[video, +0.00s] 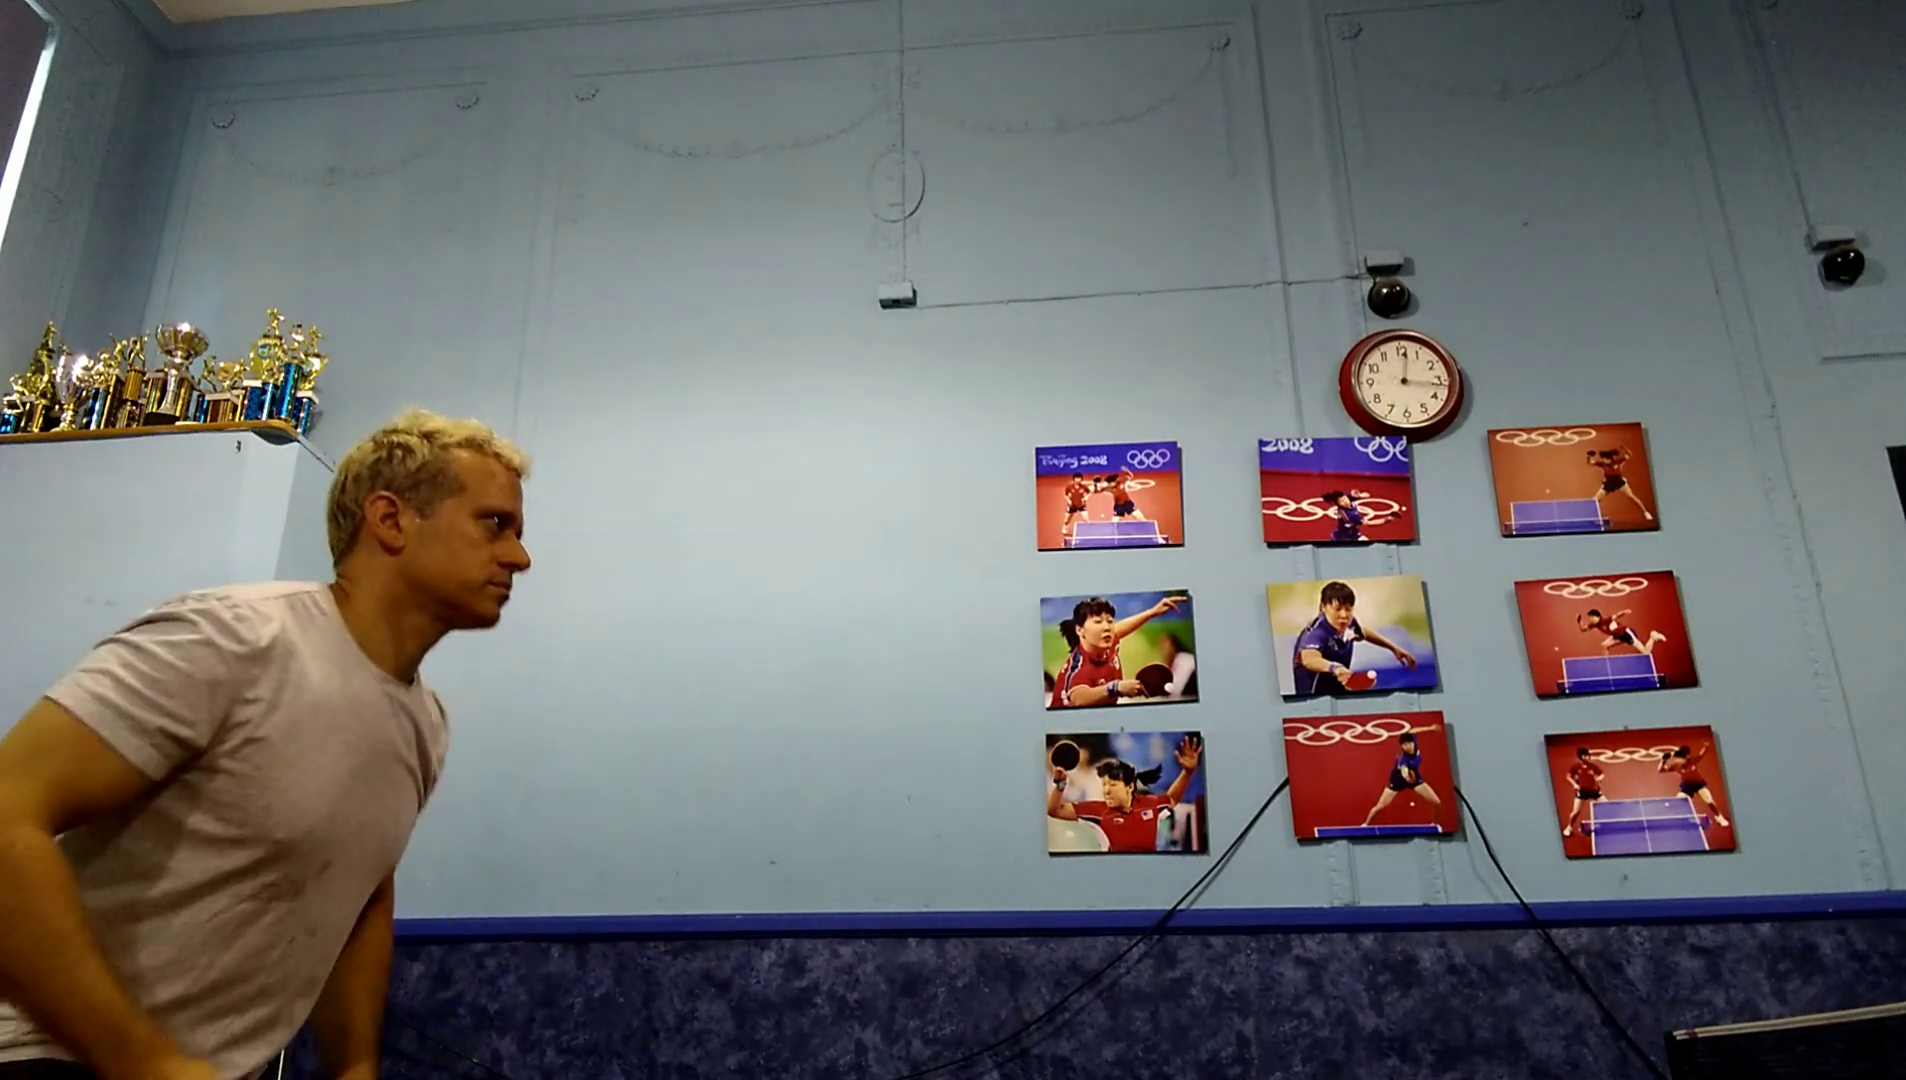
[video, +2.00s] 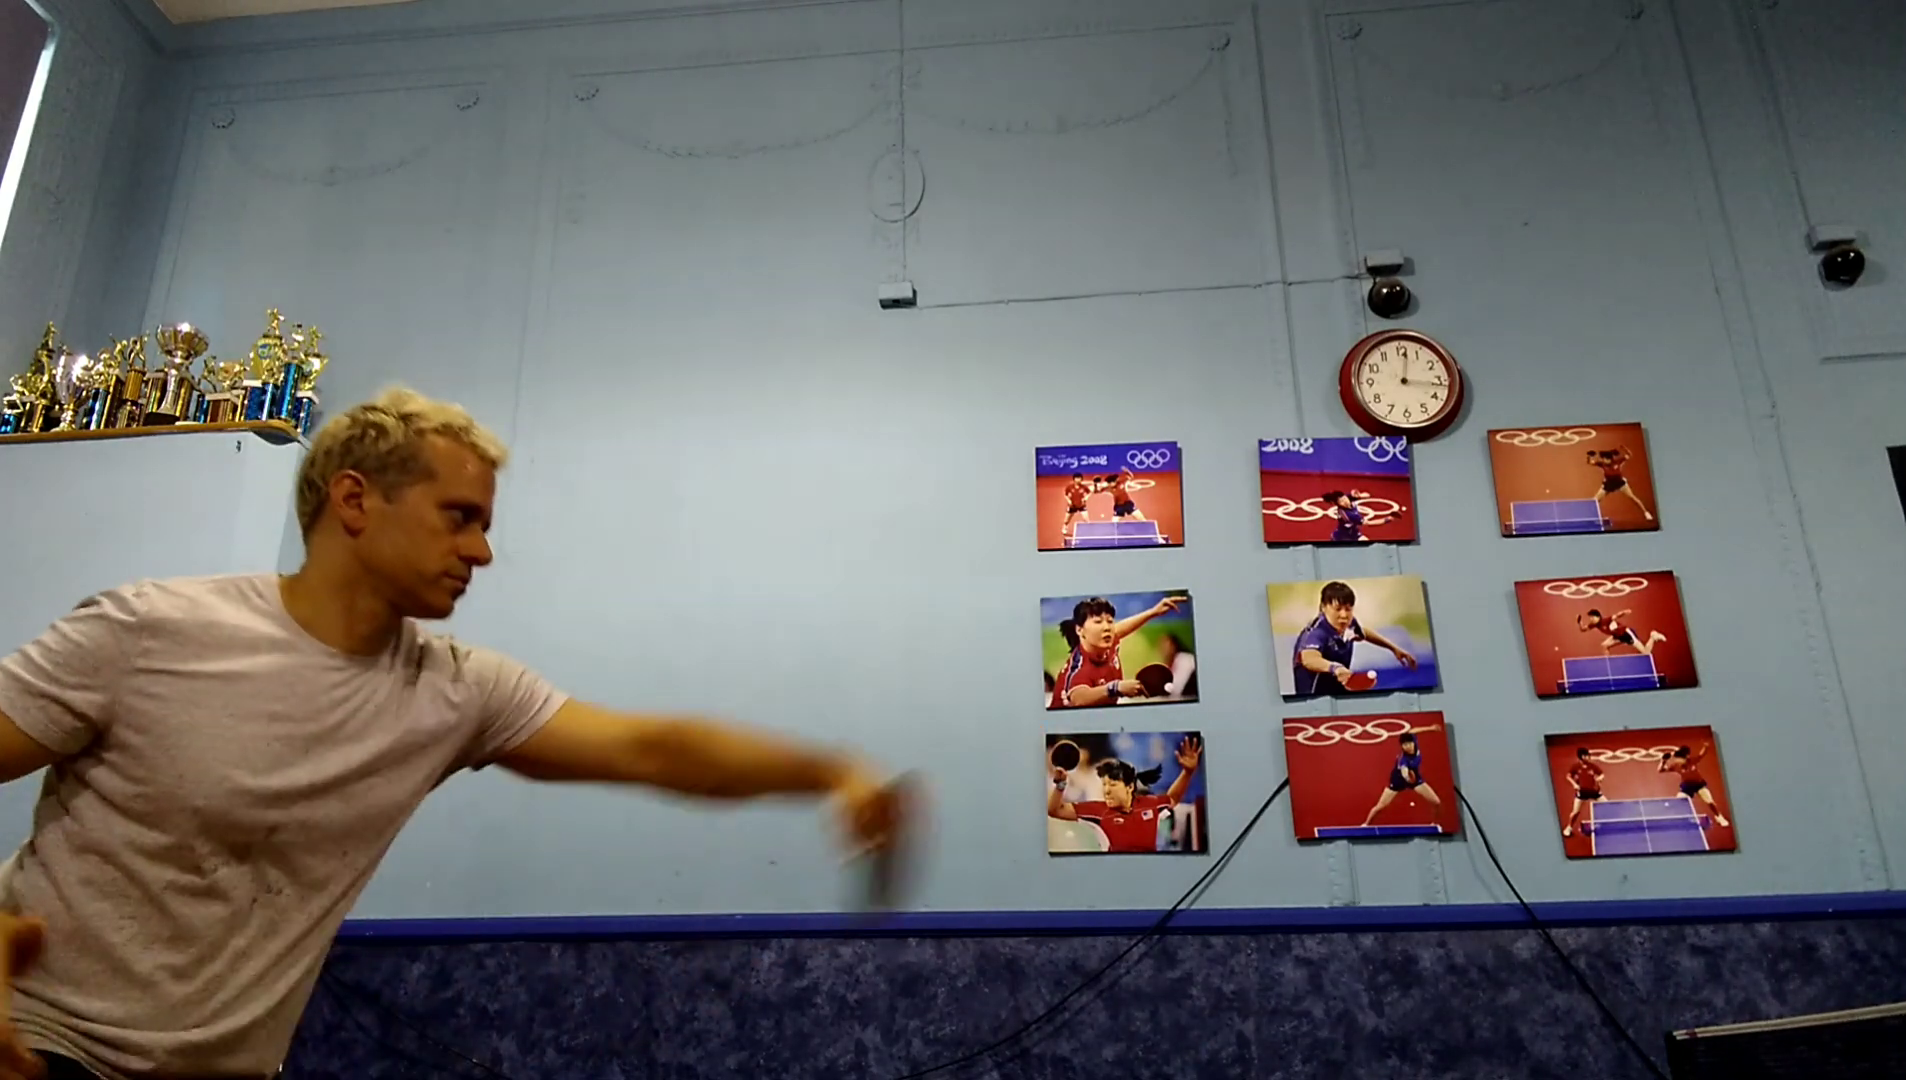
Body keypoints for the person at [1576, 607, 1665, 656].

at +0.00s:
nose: (1590, 620)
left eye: (1591, 618)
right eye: (1590, 618)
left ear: (1597, 617)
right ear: (1593, 618)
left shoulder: (1607, 620)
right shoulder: (1594, 624)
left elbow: (1617, 616)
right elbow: (1583, 630)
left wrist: (1625, 612)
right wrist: (1579, 623)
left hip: (1627, 634)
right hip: (1618, 637)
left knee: (1646, 652)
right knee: (1604, 645)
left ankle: (1653, 636)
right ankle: (1608, 667)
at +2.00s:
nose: (1590, 620)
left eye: (1591, 618)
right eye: (1590, 618)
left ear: (1597, 617)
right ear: (1593, 618)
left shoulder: (1606, 620)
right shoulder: (1594, 624)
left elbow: (1617, 616)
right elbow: (1583, 630)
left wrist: (1625, 612)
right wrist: (1579, 623)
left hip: (1627, 634)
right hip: (1618, 637)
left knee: (1645, 652)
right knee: (1604, 645)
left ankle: (1653, 636)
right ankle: (1608, 666)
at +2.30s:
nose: (1590, 620)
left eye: (1591, 618)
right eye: (1590, 618)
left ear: (1597, 617)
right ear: (1593, 618)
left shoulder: (1606, 620)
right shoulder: (1594, 624)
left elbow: (1617, 616)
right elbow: (1583, 630)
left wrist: (1625, 612)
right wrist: (1579, 623)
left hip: (1627, 634)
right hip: (1617, 637)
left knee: (1645, 652)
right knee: (1604, 645)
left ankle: (1653, 636)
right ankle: (1608, 666)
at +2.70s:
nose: (1590, 620)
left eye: (1591, 618)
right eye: (1590, 618)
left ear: (1597, 617)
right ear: (1593, 618)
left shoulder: (1606, 620)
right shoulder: (1594, 624)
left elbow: (1617, 616)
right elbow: (1583, 630)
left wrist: (1625, 612)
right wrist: (1579, 623)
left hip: (1627, 634)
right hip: (1617, 637)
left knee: (1645, 652)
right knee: (1604, 645)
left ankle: (1653, 636)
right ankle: (1608, 667)